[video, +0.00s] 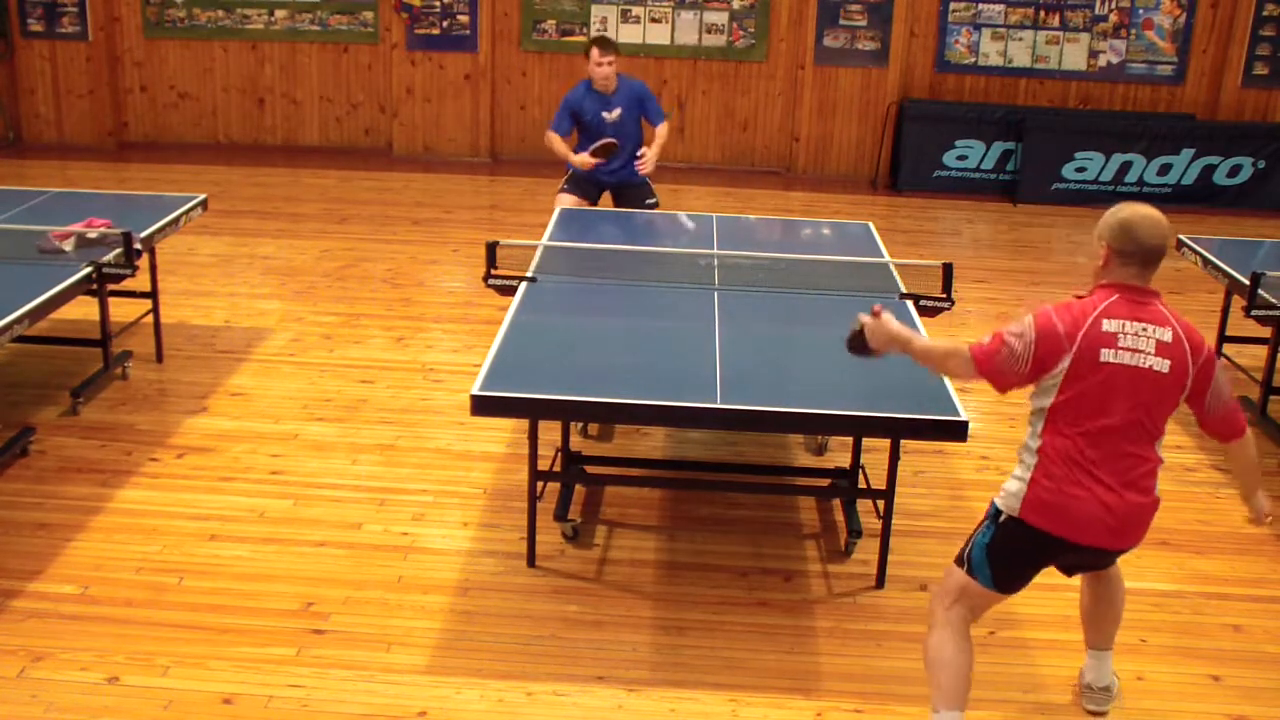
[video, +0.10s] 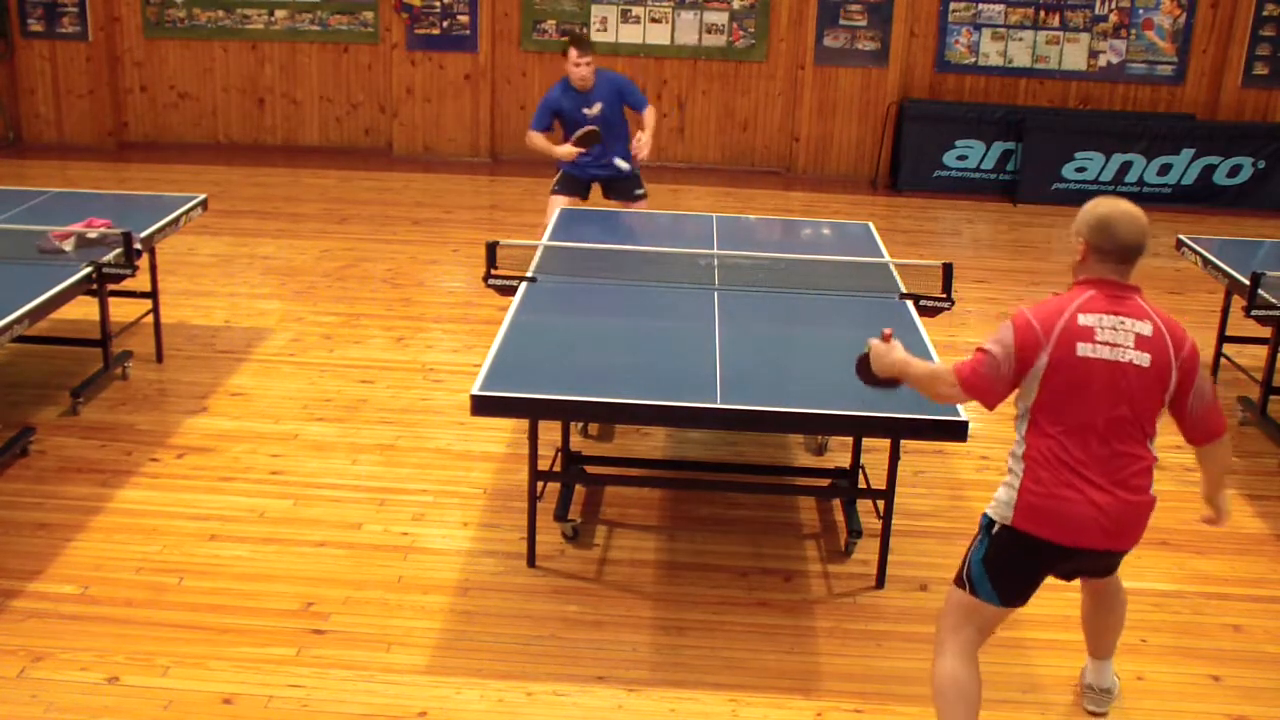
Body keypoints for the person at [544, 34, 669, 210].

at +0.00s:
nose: (605, 71)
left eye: (610, 64)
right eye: (599, 65)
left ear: (617, 64)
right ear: (588, 66)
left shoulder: (636, 90)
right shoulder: (577, 97)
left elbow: (661, 123)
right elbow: (552, 136)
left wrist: (654, 151)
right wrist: (573, 159)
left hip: (628, 171)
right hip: (588, 171)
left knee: (649, 224)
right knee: (563, 214)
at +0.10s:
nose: (583, 72)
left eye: (587, 65)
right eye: (576, 65)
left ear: (594, 63)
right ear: (566, 66)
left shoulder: (614, 83)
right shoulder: (556, 96)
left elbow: (647, 109)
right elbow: (533, 136)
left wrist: (647, 136)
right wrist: (556, 151)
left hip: (617, 164)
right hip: (577, 166)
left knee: (641, 218)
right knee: (554, 222)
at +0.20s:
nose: (562, 69)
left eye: (566, 63)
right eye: (556, 63)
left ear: (573, 63)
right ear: (543, 65)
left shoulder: (592, 77)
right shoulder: (538, 96)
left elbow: (632, 87)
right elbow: (521, 140)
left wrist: (642, 108)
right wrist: (535, 146)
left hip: (601, 153)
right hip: (563, 158)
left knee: (628, 203)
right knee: (546, 214)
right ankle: (539, 267)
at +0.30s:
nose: (550, 80)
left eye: (554, 74)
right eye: (544, 75)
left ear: (559, 73)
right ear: (530, 78)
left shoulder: (575, 81)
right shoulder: (529, 105)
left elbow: (613, 69)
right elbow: (516, 147)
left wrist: (650, 77)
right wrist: (510, 125)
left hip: (589, 146)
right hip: (549, 153)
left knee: (627, 198)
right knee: (532, 205)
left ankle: (648, 245)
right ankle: (523, 259)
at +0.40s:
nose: (547, 106)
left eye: (551, 100)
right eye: (540, 100)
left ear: (558, 99)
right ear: (528, 103)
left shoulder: (571, 101)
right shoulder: (525, 128)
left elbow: (588, 85)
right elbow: (506, 175)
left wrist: (616, 82)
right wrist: (505, 163)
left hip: (576, 157)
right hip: (537, 166)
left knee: (624, 185)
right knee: (518, 215)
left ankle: (619, 230)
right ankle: (490, 273)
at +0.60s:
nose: (566, 107)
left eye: (571, 100)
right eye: (560, 101)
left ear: (578, 102)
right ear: (548, 104)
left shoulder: (589, 120)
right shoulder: (537, 136)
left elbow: (601, 138)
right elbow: (516, 180)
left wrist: (611, 165)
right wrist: (525, 211)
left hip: (574, 177)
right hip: (539, 178)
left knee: (599, 220)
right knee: (524, 219)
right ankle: (487, 273)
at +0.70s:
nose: (594, 86)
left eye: (600, 80)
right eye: (588, 80)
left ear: (607, 82)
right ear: (578, 83)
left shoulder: (619, 105)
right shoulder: (567, 114)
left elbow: (636, 128)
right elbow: (537, 150)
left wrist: (647, 160)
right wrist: (546, 176)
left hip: (596, 170)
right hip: (561, 170)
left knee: (614, 220)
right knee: (531, 218)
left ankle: (612, 279)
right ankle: (489, 271)